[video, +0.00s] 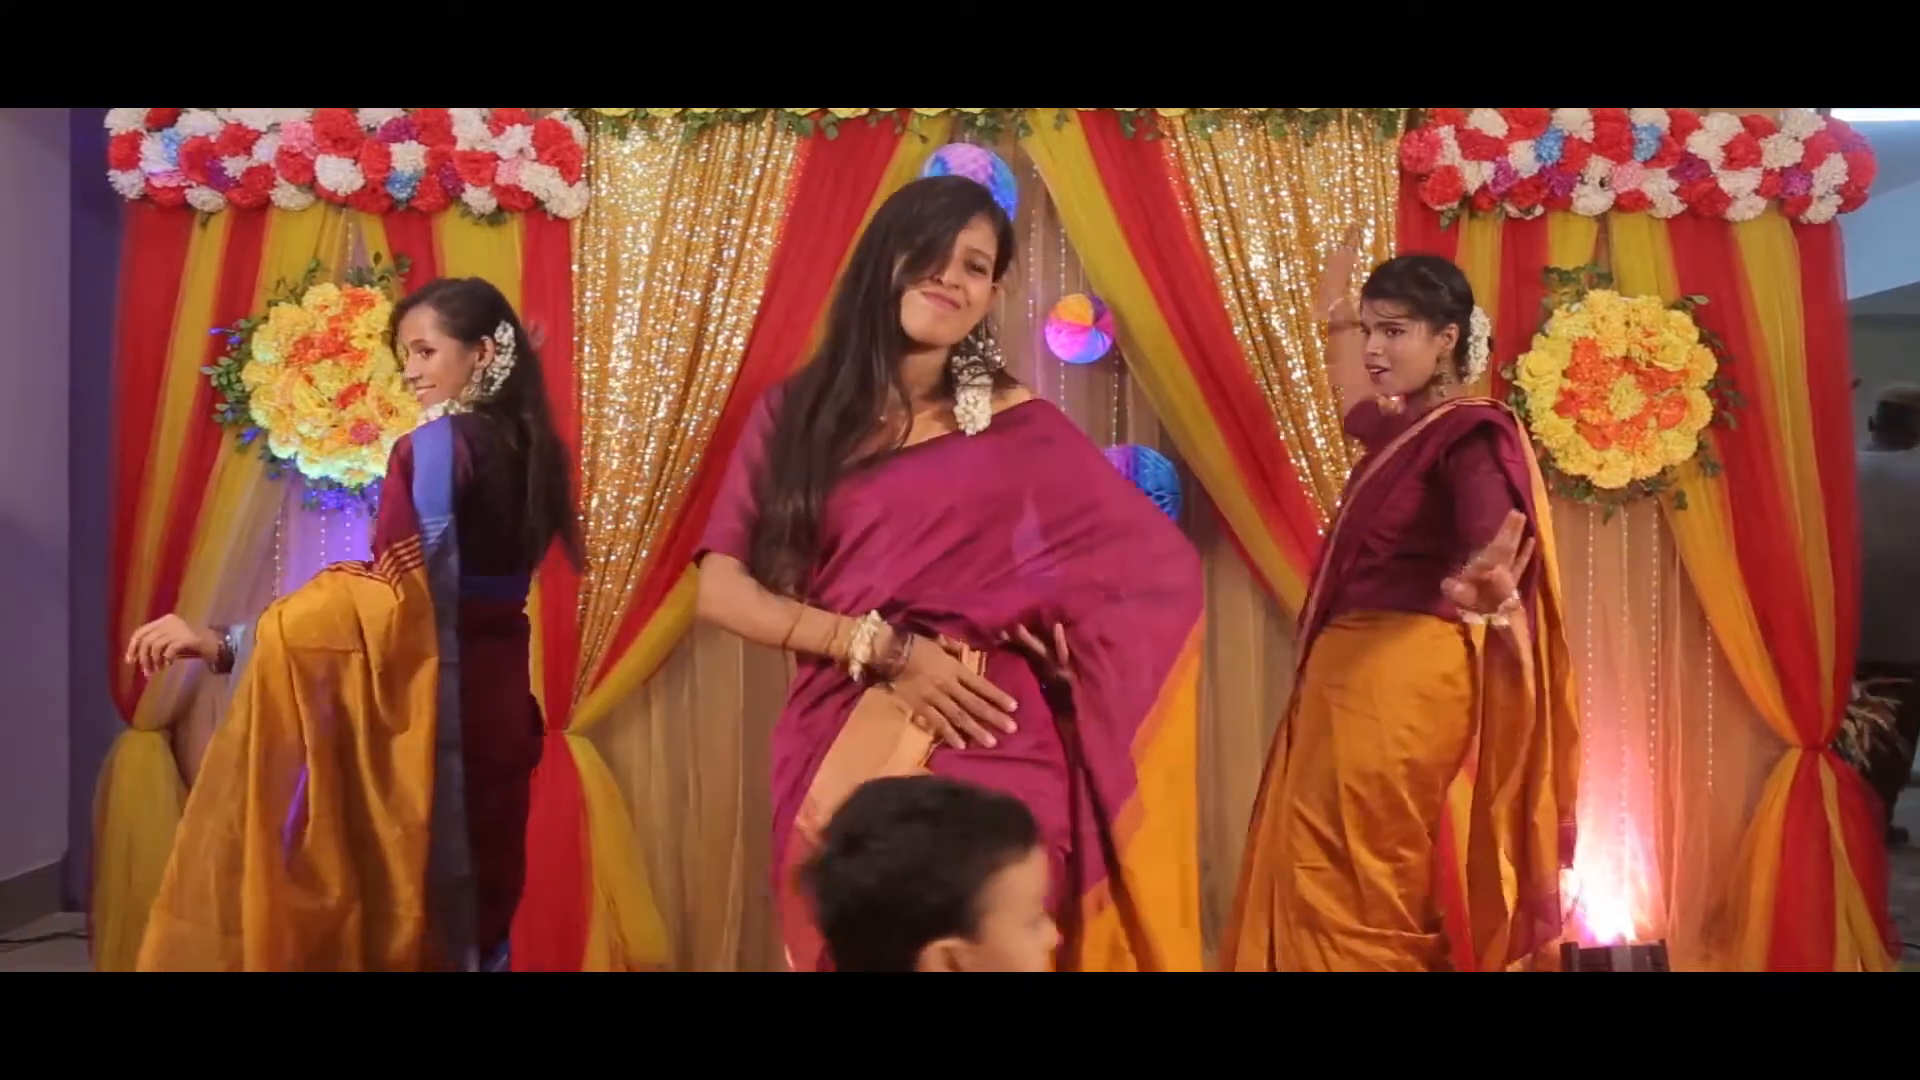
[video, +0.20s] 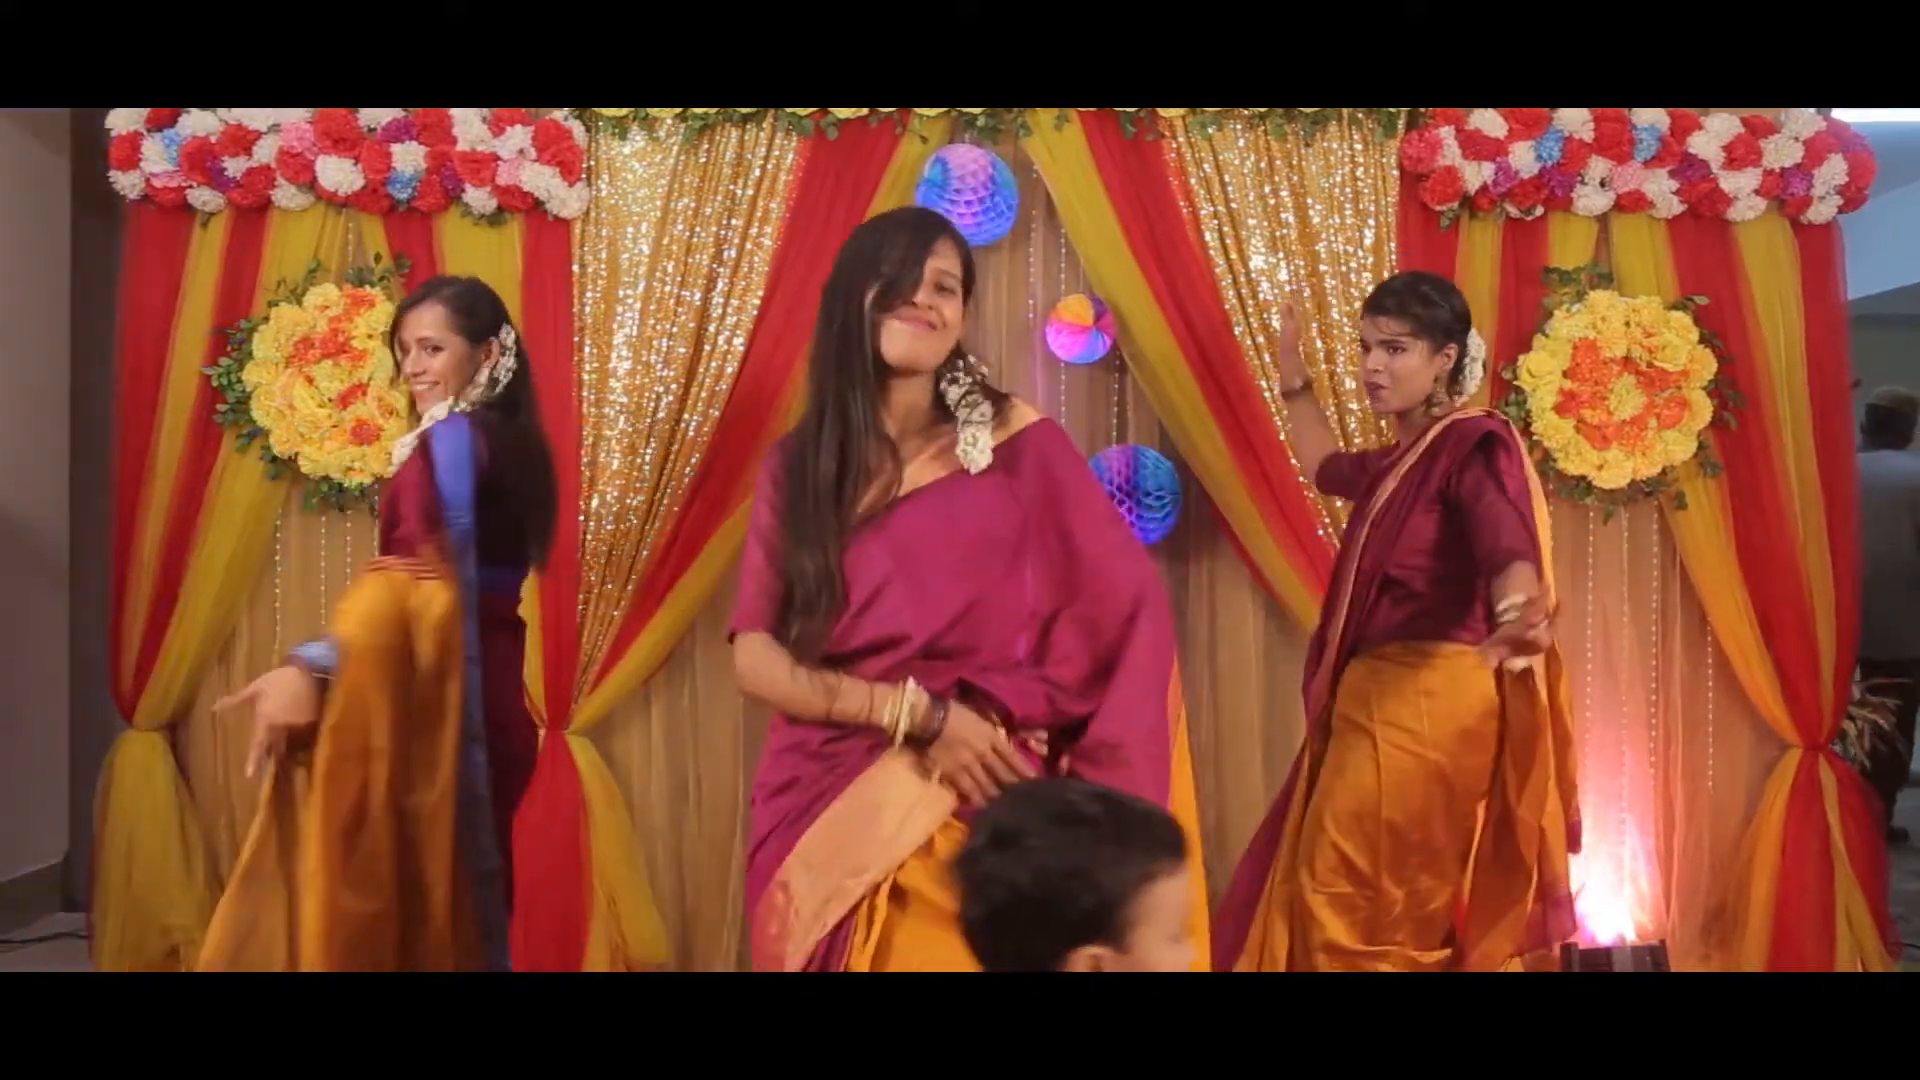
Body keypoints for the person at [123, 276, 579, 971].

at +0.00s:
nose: (410, 371)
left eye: (425, 350)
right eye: (406, 355)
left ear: (489, 351)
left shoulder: (434, 445)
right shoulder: (531, 446)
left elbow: (400, 605)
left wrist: (225, 644)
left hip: (440, 707)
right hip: (503, 702)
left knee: (421, 905)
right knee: (484, 910)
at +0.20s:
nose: (414, 366)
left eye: (433, 347)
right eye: (406, 351)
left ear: (488, 355)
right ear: (398, 355)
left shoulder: (458, 440)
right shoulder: (496, 438)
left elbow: (422, 586)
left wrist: (311, 665)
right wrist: (313, 673)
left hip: (459, 717)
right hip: (486, 711)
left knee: (438, 915)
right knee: (463, 915)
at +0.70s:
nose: (460, 362)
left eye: (483, 348)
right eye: (447, 345)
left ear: (518, 370)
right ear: (427, 361)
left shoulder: (527, 458)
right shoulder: (449, 462)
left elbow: (587, 585)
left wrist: (407, 613)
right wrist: (405, 611)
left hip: (495, 713)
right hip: (439, 703)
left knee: (403, 857)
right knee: (379, 862)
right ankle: (359, 959)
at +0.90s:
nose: (473, 350)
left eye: (496, 336)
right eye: (457, 332)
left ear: (523, 358)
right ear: (434, 347)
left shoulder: (537, 440)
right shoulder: (438, 464)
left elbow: (642, 530)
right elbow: (413, 564)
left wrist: (516, 581)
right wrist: (404, 579)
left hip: (515, 698)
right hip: (448, 703)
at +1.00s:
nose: (472, 360)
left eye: (495, 347)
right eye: (456, 342)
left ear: (522, 369)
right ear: (430, 361)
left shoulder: (547, 448)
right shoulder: (430, 475)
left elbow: (653, 558)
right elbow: (397, 603)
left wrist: (513, 608)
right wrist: (417, 603)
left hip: (534, 729)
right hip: (444, 732)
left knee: (518, 920)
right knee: (438, 916)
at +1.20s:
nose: (479, 351)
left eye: (500, 338)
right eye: (461, 332)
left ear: (519, 359)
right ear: (427, 347)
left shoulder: (544, 443)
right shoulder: (409, 466)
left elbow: (678, 539)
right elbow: (355, 590)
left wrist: (535, 603)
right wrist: (430, 583)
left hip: (523, 694)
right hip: (434, 700)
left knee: (494, 888)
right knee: (435, 885)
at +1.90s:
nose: (472, 324)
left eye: (490, 310)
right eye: (450, 309)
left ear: (508, 335)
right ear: (417, 337)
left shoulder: (549, 437)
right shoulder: (392, 453)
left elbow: (657, 552)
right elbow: (341, 588)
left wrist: (554, 596)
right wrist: (447, 575)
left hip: (530, 704)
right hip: (424, 712)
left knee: (540, 907)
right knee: (434, 904)